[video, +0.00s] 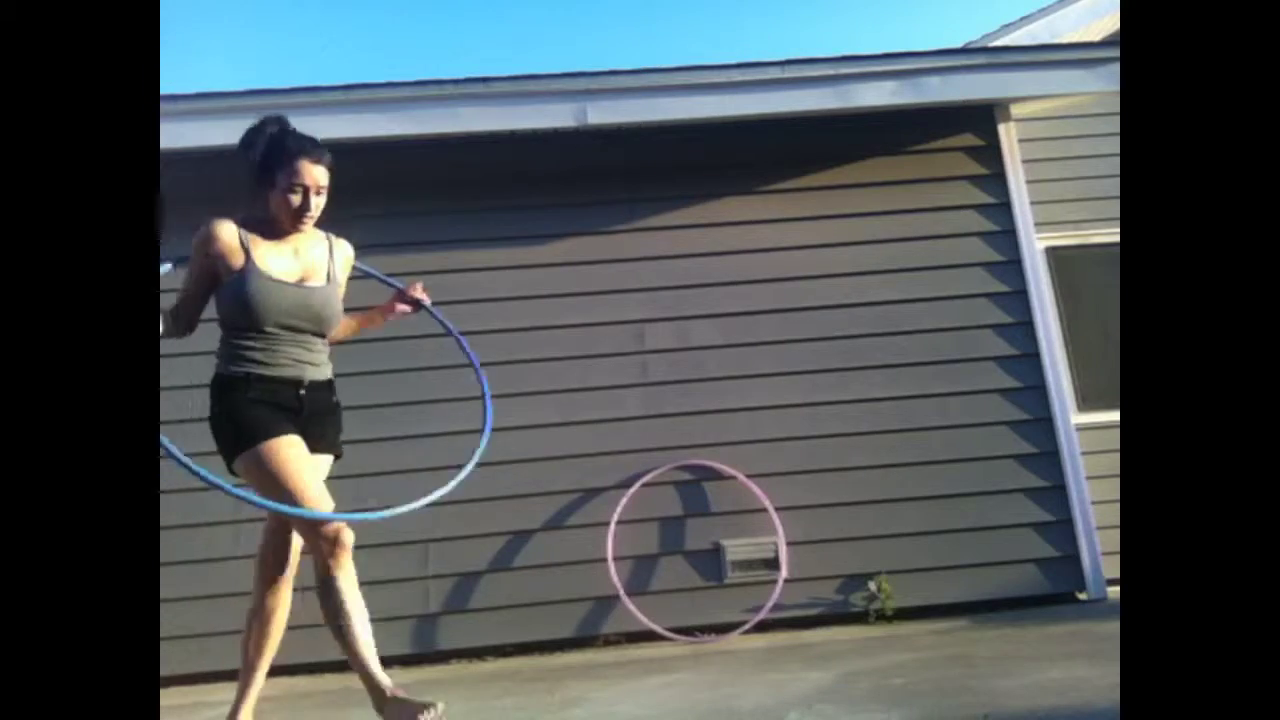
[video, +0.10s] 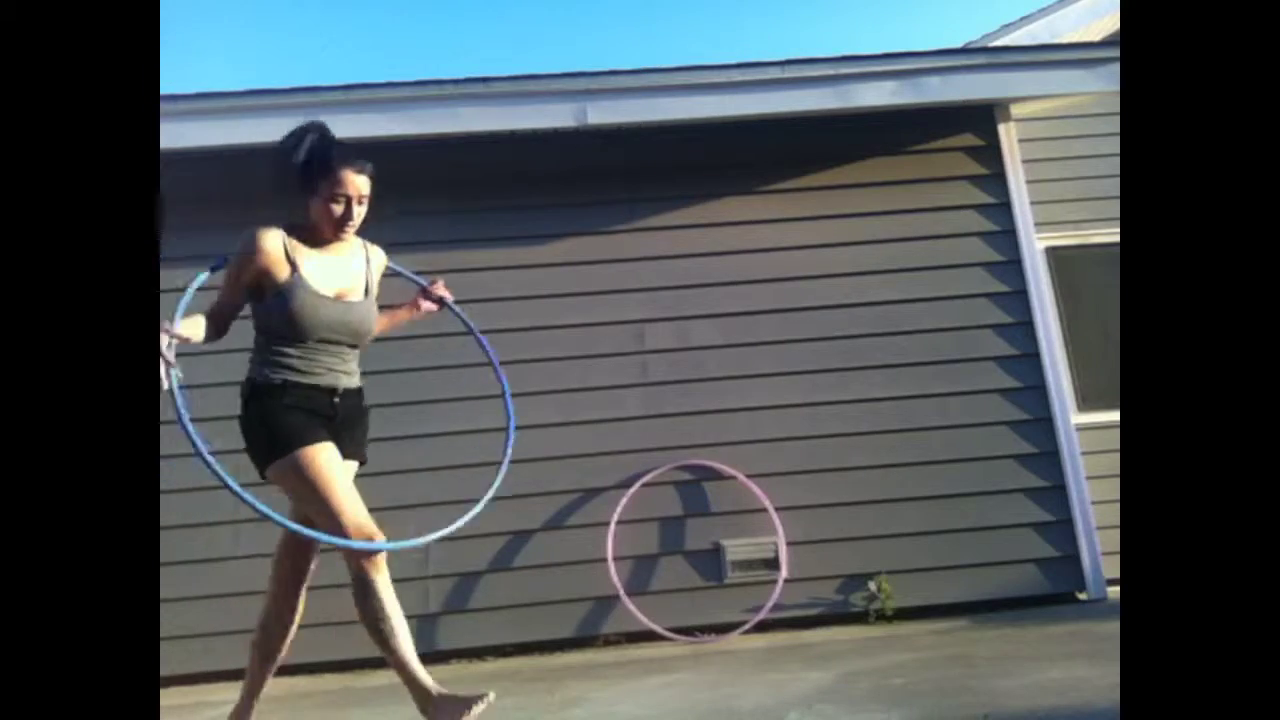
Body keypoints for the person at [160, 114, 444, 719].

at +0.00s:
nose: (309, 202)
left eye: (319, 191)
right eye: (296, 189)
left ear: (329, 190)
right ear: (267, 185)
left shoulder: (337, 251)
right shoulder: (224, 239)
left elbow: (327, 330)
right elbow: (179, 324)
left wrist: (387, 312)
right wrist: (166, 310)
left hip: (318, 404)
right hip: (248, 400)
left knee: (276, 569)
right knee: (333, 536)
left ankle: (241, 710)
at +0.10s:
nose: (349, 212)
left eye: (359, 200)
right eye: (336, 199)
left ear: (369, 198)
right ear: (307, 194)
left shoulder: (369, 258)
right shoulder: (269, 248)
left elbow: (361, 327)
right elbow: (216, 320)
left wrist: (416, 308)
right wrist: (182, 331)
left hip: (346, 411)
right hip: (281, 406)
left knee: (291, 574)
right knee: (367, 543)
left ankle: (243, 709)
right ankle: (428, 696)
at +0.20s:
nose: (397, 219)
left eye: (406, 208)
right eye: (385, 206)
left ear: (416, 205)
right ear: (354, 200)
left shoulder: (409, 257)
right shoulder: (317, 254)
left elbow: (393, 324)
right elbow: (259, 320)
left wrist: (447, 307)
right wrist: (224, 356)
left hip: (379, 413)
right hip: (321, 407)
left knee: (308, 572)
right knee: (402, 541)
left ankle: (246, 705)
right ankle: (437, 698)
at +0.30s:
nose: (443, 227)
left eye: (452, 215)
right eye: (431, 215)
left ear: (459, 208)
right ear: (397, 208)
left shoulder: (451, 255)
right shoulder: (358, 262)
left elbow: (430, 315)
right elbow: (306, 329)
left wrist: (489, 295)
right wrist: (279, 375)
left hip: (409, 409)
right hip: (354, 404)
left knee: (359, 567)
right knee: (427, 535)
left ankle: (266, 698)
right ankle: (439, 698)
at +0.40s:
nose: (481, 232)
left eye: (489, 220)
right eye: (470, 220)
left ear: (497, 213)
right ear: (437, 213)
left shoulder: (481, 253)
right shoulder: (393, 264)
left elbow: (469, 301)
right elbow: (335, 326)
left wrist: (527, 274)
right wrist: (316, 377)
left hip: (438, 401)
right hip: (377, 396)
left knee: (435, 554)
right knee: (442, 537)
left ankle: (340, 675)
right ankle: (441, 696)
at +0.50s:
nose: (505, 237)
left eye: (513, 226)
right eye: (494, 225)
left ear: (521, 217)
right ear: (462, 214)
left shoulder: (505, 253)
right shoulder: (417, 265)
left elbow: (505, 292)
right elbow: (358, 332)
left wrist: (568, 263)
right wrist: (337, 397)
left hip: (460, 400)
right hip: (400, 397)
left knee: (496, 542)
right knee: (457, 536)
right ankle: (442, 690)